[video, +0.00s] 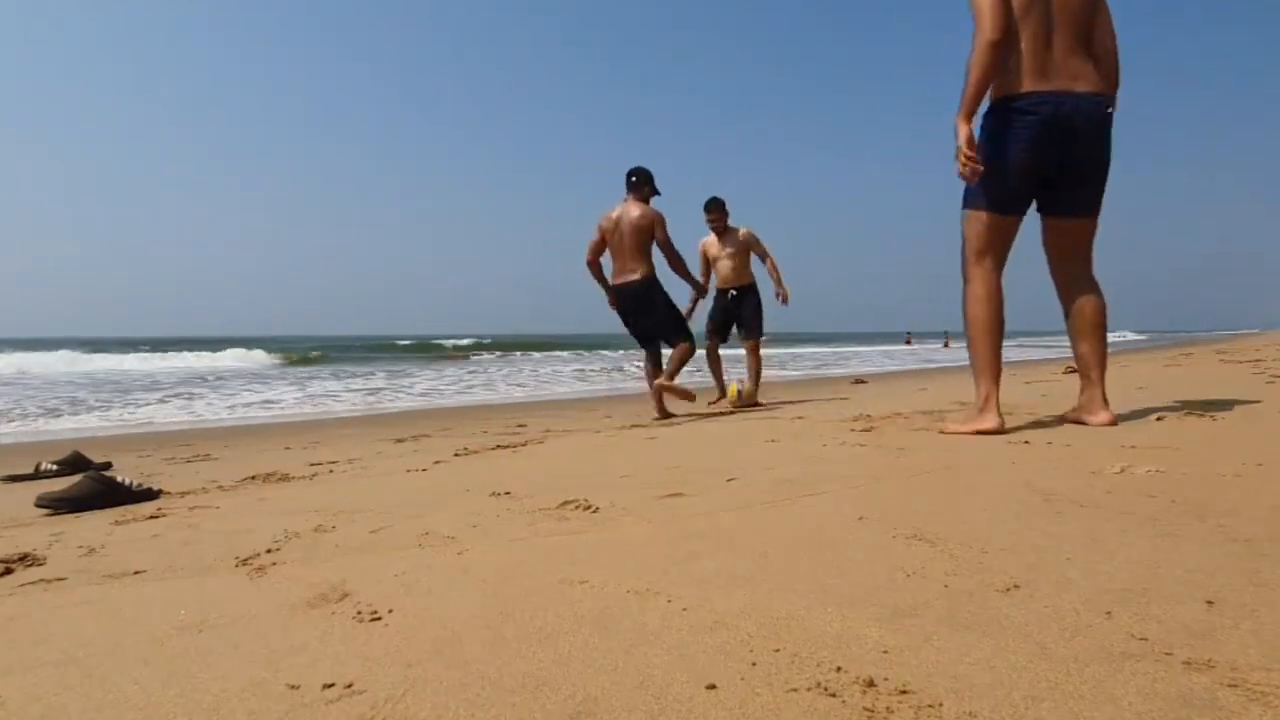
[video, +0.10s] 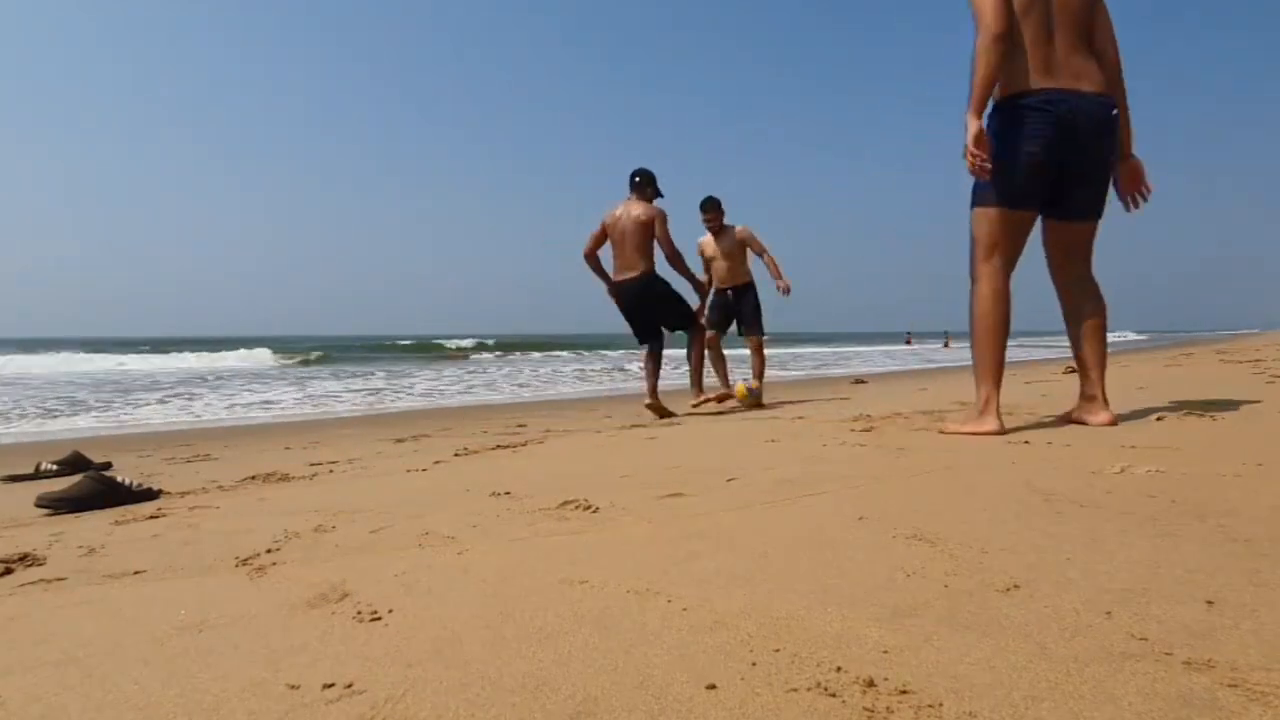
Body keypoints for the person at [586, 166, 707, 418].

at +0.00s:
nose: (653, 194)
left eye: (652, 189)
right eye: (650, 189)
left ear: (629, 188)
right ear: (640, 188)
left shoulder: (609, 219)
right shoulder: (650, 215)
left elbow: (592, 259)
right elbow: (670, 255)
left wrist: (608, 290)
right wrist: (694, 283)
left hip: (619, 290)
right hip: (645, 285)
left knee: (651, 349)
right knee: (685, 343)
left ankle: (660, 408)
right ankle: (667, 378)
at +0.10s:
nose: (657, 193)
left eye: (656, 188)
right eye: (654, 188)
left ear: (633, 187)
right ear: (642, 186)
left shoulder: (612, 216)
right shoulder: (653, 213)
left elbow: (589, 253)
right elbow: (670, 253)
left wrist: (609, 282)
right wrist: (694, 282)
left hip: (621, 287)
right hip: (646, 282)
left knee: (653, 340)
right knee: (695, 328)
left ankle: (652, 397)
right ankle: (697, 393)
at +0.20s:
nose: (654, 202)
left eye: (653, 197)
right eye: (652, 197)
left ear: (629, 197)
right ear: (642, 196)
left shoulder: (611, 225)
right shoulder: (653, 216)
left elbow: (595, 267)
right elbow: (671, 252)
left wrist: (614, 296)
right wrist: (699, 282)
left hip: (628, 294)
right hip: (654, 289)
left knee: (652, 346)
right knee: (693, 333)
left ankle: (647, 406)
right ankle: (715, 385)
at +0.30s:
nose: (654, 210)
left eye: (653, 205)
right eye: (651, 205)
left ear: (629, 205)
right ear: (644, 204)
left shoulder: (611, 233)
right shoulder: (654, 225)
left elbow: (602, 276)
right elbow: (681, 256)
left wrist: (616, 303)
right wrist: (706, 278)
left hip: (630, 304)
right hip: (657, 299)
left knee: (651, 353)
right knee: (692, 336)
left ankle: (649, 406)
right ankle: (690, 391)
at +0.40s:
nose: (655, 216)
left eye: (655, 212)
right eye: (653, 211)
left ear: (633, 208)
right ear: (644, 207)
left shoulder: (613, 235)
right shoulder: (657, 228)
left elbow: (603, 275)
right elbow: (690, 253)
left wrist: (618, 296)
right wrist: (700, 276)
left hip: (628, 303)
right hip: (654, 299)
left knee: (646, 350)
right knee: (674, 346)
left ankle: (647, 397)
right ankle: (673, 401)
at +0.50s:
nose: (659, 222)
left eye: (658, 218)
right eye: (656, 217)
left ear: (635, 216)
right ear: (645, 215)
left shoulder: (614, 240)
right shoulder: (658, 237)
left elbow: (604, 277)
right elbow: (687, 260)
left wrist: (619, 293)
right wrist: (670, 275)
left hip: (622, 306)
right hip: (649, 303)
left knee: (641, 353)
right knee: (671, 350)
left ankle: (625, 403)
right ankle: (675, 403)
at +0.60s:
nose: (662, 232)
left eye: (662, 228)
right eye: (659, 227)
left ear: (638, 226)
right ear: (647, 225)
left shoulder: (616, 248)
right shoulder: (657, 248)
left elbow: (604, 284)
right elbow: (666, 275)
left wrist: (624, 277)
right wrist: (646, 275)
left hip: (613, 308)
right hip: (639, 307)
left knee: (640, 355)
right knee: (669, 348)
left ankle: (624, 405)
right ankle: (677, 401)